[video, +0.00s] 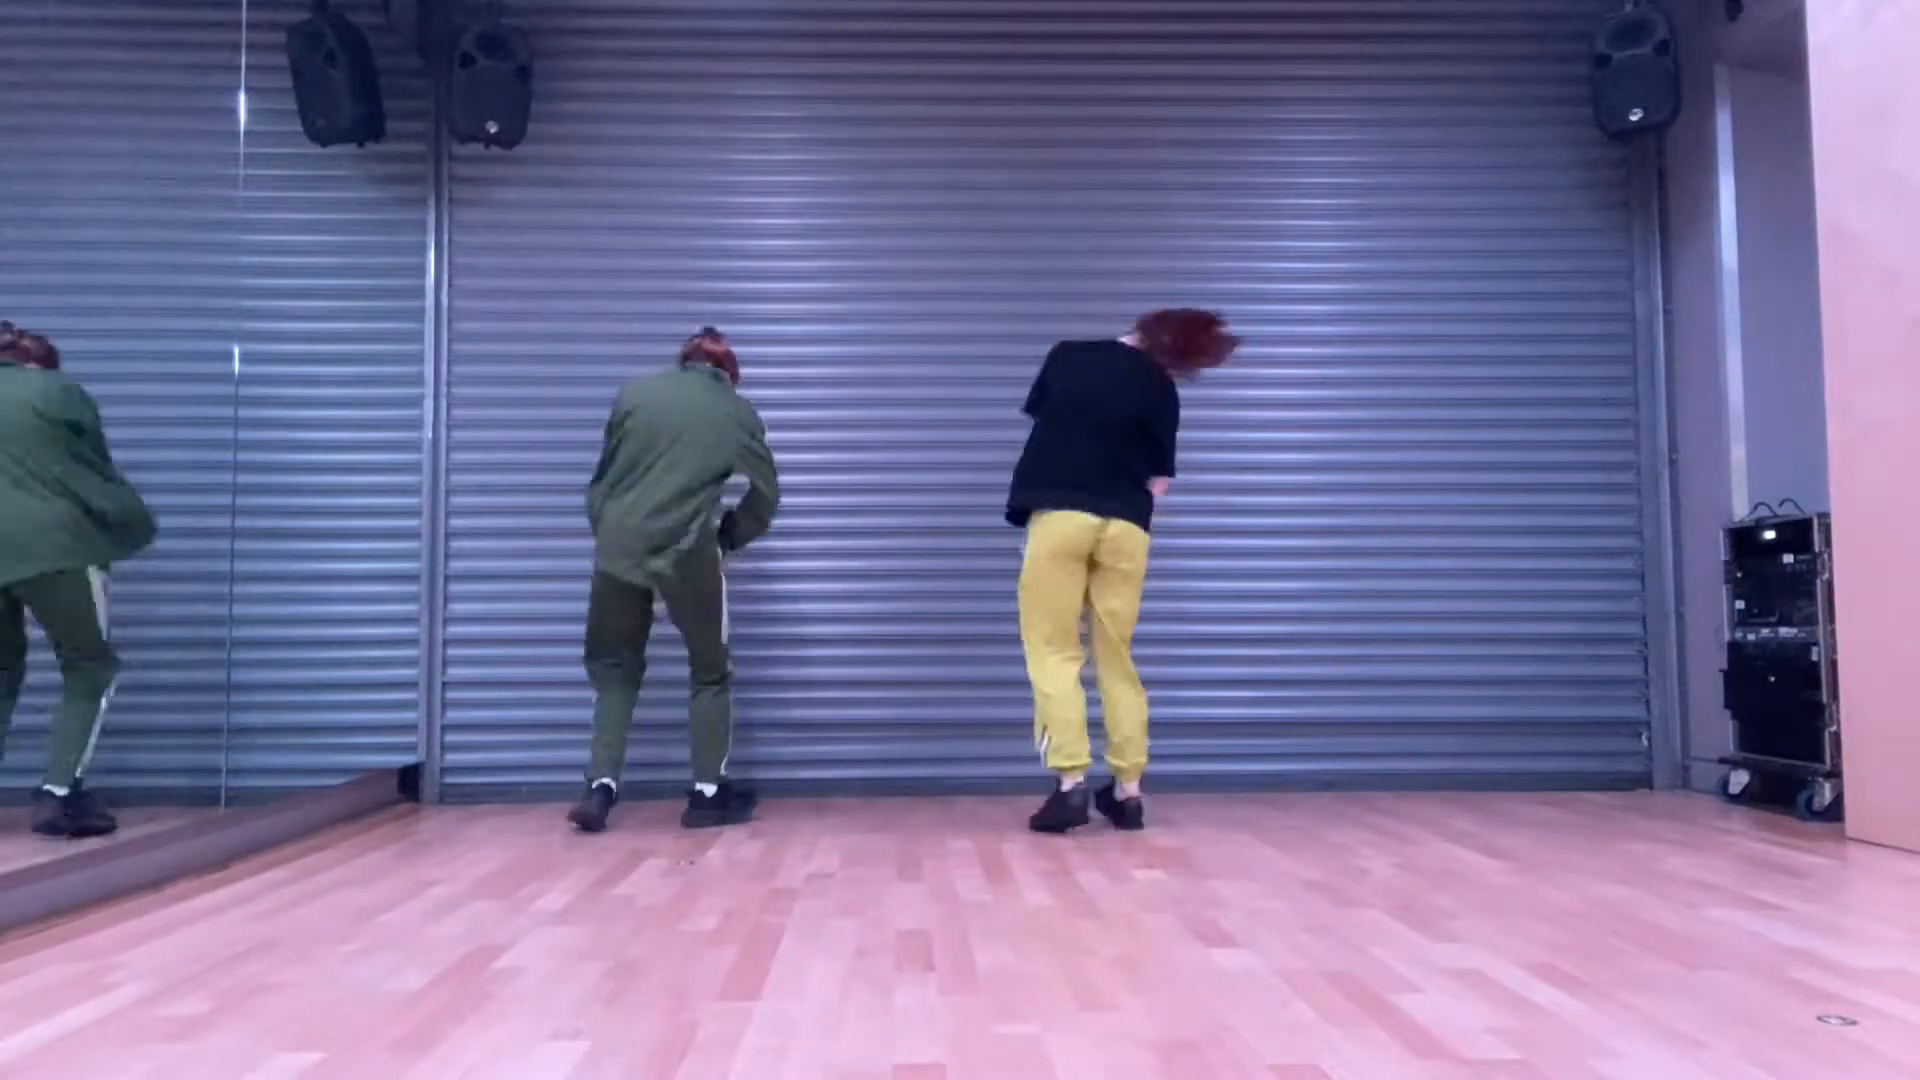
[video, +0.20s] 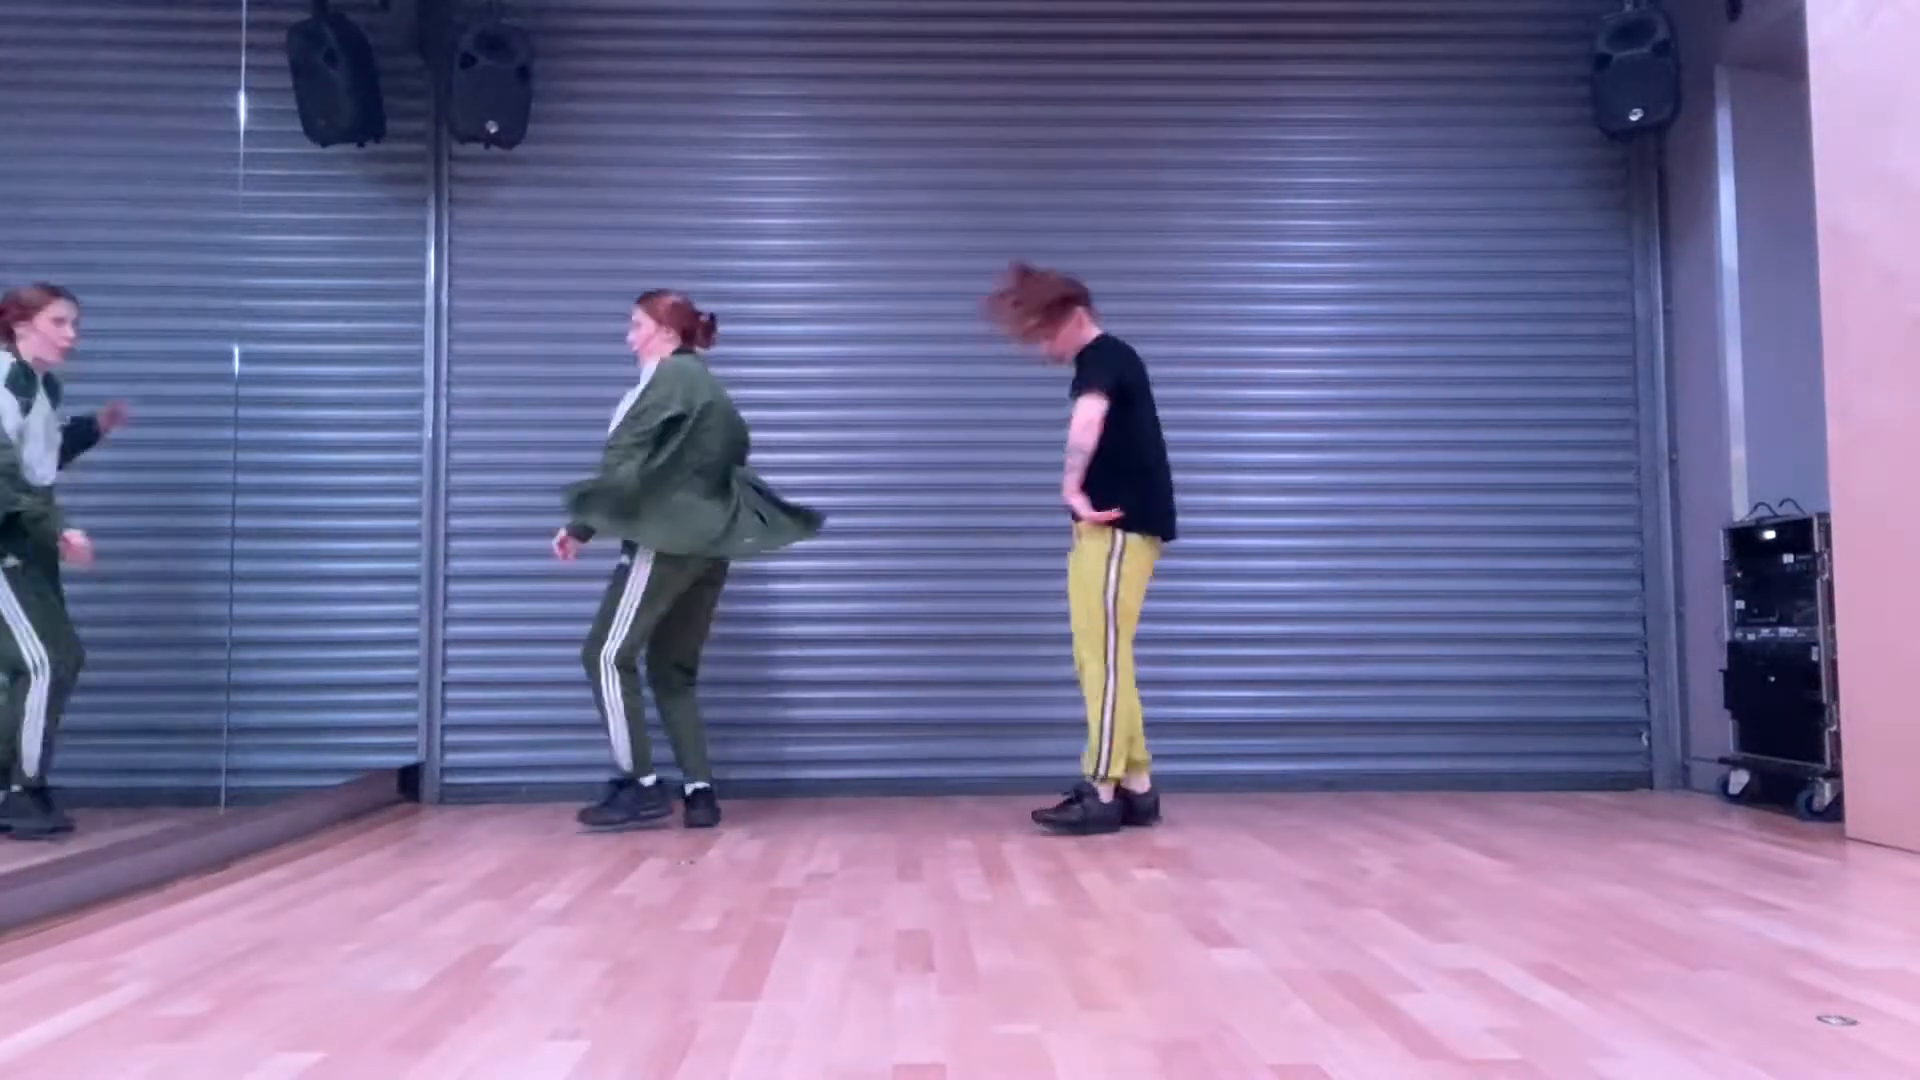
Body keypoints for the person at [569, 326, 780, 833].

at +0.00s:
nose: (734, 388)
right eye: (734, 380)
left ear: (683, 361)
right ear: (729, 375)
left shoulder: (636, 390)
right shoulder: (738, 412)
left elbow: (605, 469)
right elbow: (765, 496)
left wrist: (606, 519)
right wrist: (729, 536)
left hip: (617, 546)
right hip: (686, 553)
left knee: (614, 666)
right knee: (709, 672)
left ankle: (602, 784)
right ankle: (706, 792)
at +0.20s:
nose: (630, 336)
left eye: (638, 326)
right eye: (632, 326)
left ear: (667, 333)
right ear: (678, 337)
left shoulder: (667, 377)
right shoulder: (710, 387)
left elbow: (625, 458)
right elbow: (735, 448)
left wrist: (581, 526)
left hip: (665, 544)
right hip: (711, 548)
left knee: (608, 655)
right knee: (673, 668)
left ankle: (638, 785)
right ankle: (699, 792)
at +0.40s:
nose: (668, 336)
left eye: (680, 327)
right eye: (661, 327)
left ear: (702, 339)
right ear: (652, 338)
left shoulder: (713, 396)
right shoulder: (643, 403)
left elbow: (725, 475)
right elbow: (590, 465)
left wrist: (696, 547)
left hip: (689, 537)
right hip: (639, 535)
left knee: (647, 672)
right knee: (613, 675)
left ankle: (698, 798)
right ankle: (714, 743)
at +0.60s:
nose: (660, 348)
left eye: (671, 341)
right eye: (653, 340)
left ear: (693, 348)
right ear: (644, 347)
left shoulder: (719, 397)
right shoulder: (629, 389)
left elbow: (754, 468)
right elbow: (592, 383)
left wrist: (741, 544)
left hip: (698, 522)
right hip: (640, 522)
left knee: (640, 631)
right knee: (623, 654)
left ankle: (663, 770)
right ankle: (665, 770)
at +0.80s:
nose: (665, 360)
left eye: (675, 351)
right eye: (657, 351)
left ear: (695, 357)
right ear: (647, 357)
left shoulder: (723, 400)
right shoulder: (628, 396)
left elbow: (768, 465)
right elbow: (608, 445)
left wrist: (766, 540)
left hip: (705, 534)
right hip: (644, 534)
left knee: (682, 624)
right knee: (628, 674)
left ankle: (703, 708)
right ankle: (664, 777)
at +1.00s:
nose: (685, 366)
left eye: (694, 357)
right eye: (675, 356)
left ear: (710, 361)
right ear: (661, 361)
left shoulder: (732, 399)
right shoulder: (636, 409)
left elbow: (748, 461)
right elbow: (609, 477)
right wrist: (618, 539)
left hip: (730, 536)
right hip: (669, 539)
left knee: (740, 666)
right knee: (668, 664)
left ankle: (719, 761)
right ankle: (672, 771)